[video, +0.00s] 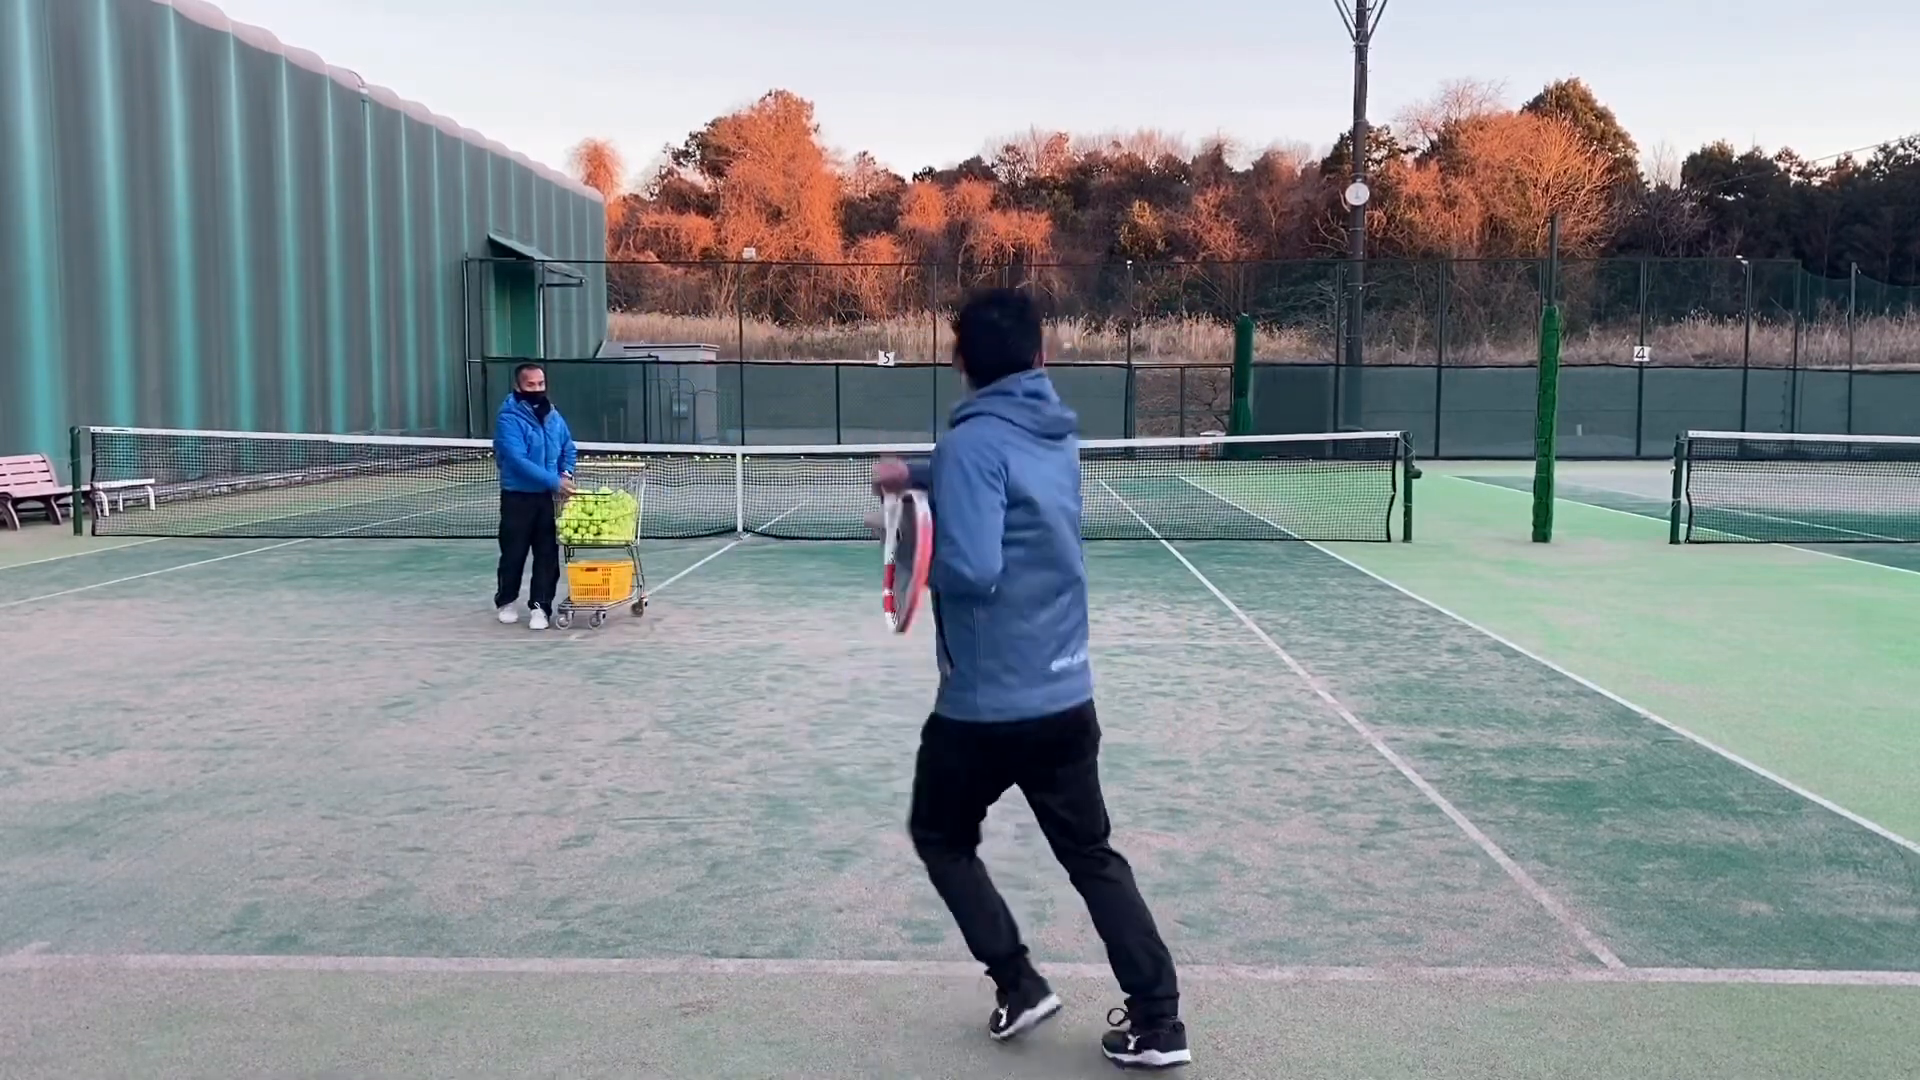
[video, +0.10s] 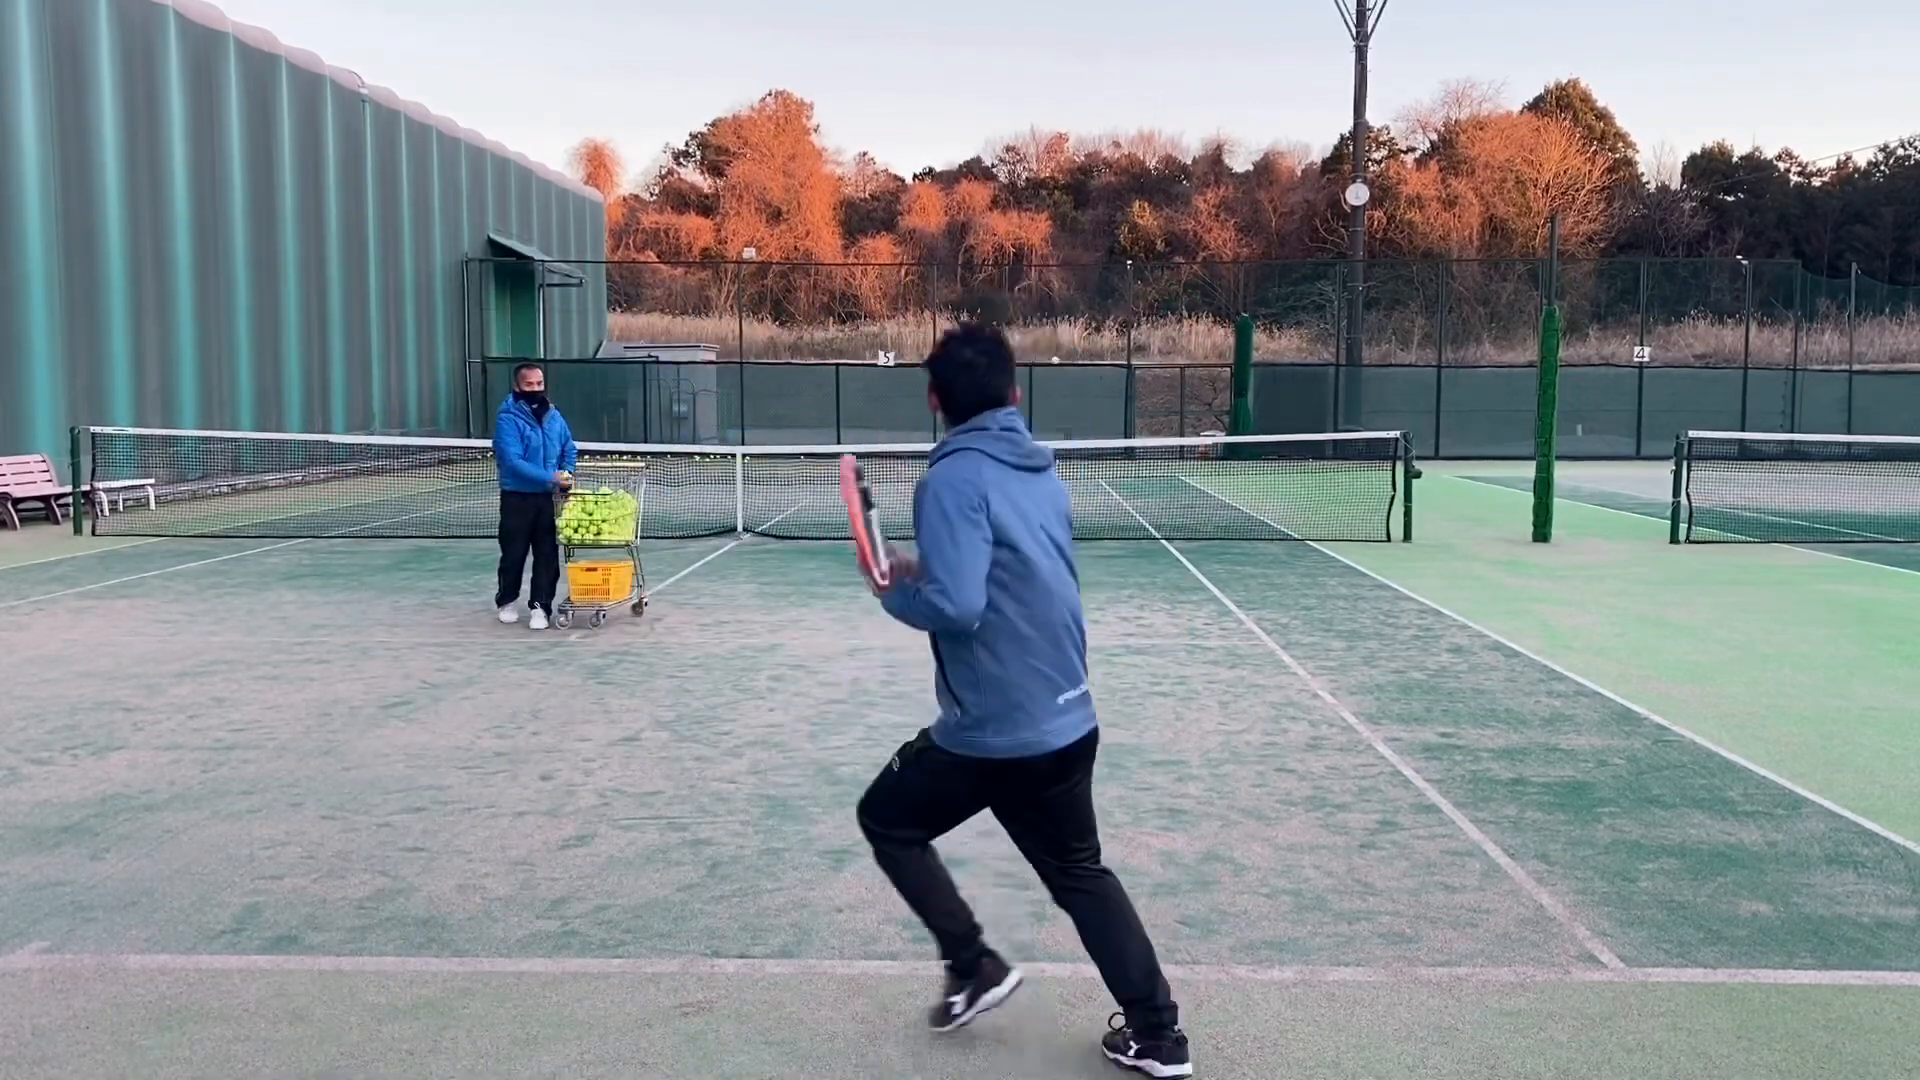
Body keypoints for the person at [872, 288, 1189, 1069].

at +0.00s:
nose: (952, 362)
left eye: (954, 352)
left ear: (962, 360)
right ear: (1041, 354)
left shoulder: (970, 445)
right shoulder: (1056, 433)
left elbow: (974, 569)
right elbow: (995, 475)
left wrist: (914, 520)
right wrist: (916, 472)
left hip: (985, 710)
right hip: (1064, 700)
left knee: (941, 836)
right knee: (1092, 854)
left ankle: (1018, 983)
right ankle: (1158, 1021)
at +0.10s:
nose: (926, 395)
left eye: (928, 385)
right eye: (930, 383)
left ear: (936, 397)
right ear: (1011, 391)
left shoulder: (953, 479)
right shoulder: (1038, 469)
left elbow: (956, 605)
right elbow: (1034, 578)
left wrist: (895, 592)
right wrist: (930, 569)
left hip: (997, 732)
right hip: (1063, 720)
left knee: (887, 819)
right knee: (1081, 875)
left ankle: (971, 965)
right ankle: (1158, 1035)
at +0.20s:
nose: (888, 400)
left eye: (891, 391)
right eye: (890, 389)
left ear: (901, 402)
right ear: (975, 395)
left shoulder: (910, 489)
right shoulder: (1010, 481)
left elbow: (909, 613)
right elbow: (1036, 595)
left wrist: (859, 597)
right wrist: (904, 583)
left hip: (959, 738)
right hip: (1035, 728)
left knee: (842, 821)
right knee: (1065, 875)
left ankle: (881, 992)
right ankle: (1157, 1032)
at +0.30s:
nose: (843, 394)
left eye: (844, 383)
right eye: (930, 377)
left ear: (850, 389)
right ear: (927, 384)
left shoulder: (845, 477)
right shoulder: (967, 470)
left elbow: (826, 604)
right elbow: (1013, 584)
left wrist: (811, 556)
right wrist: (925, 591)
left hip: (886, 735)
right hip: (980, 722)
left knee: (799, 864)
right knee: (1036, 864)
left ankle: (810, 1044)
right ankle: (1142, 1016)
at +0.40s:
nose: (791, 368)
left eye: (792, 359)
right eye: (883, 355)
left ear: (801, 366)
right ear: (879, 362)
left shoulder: (777, 457)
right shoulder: (923, 459)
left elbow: (739, 581)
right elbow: (966, 572)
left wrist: (747, 530)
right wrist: (883, 572)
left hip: (818, 728)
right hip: (916, 717)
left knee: (772, 869)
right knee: (971, 858)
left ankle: (809, 1045)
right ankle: (1077, 1013)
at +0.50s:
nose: (750, 331)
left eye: (752, 320)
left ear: (758, 328)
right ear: (835, 323)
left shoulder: (727, 420)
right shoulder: (883, 425)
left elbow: (681, 542)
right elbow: (921, 547)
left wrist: (717, 504)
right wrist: (842, 549)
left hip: (766, 692)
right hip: (866, 685)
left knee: (772, 860)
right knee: (888, 847)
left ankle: (802, 1039)